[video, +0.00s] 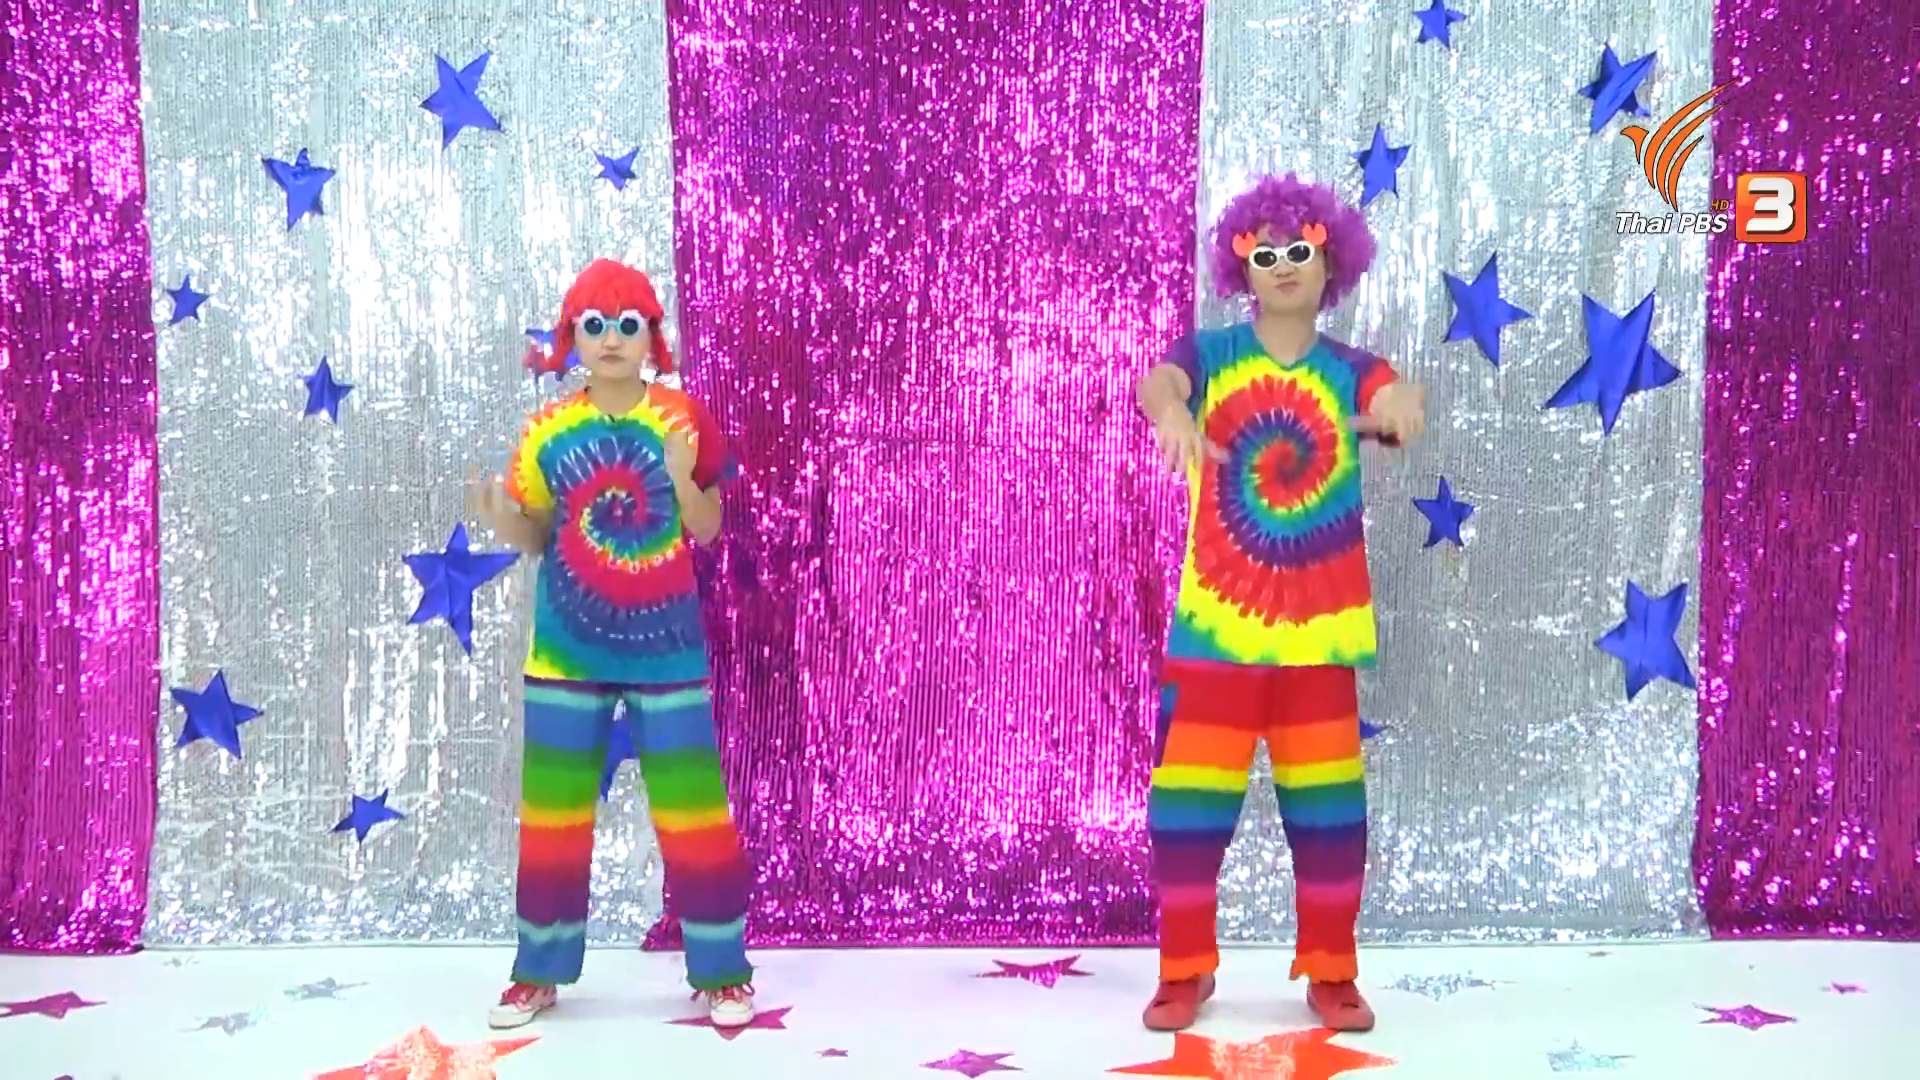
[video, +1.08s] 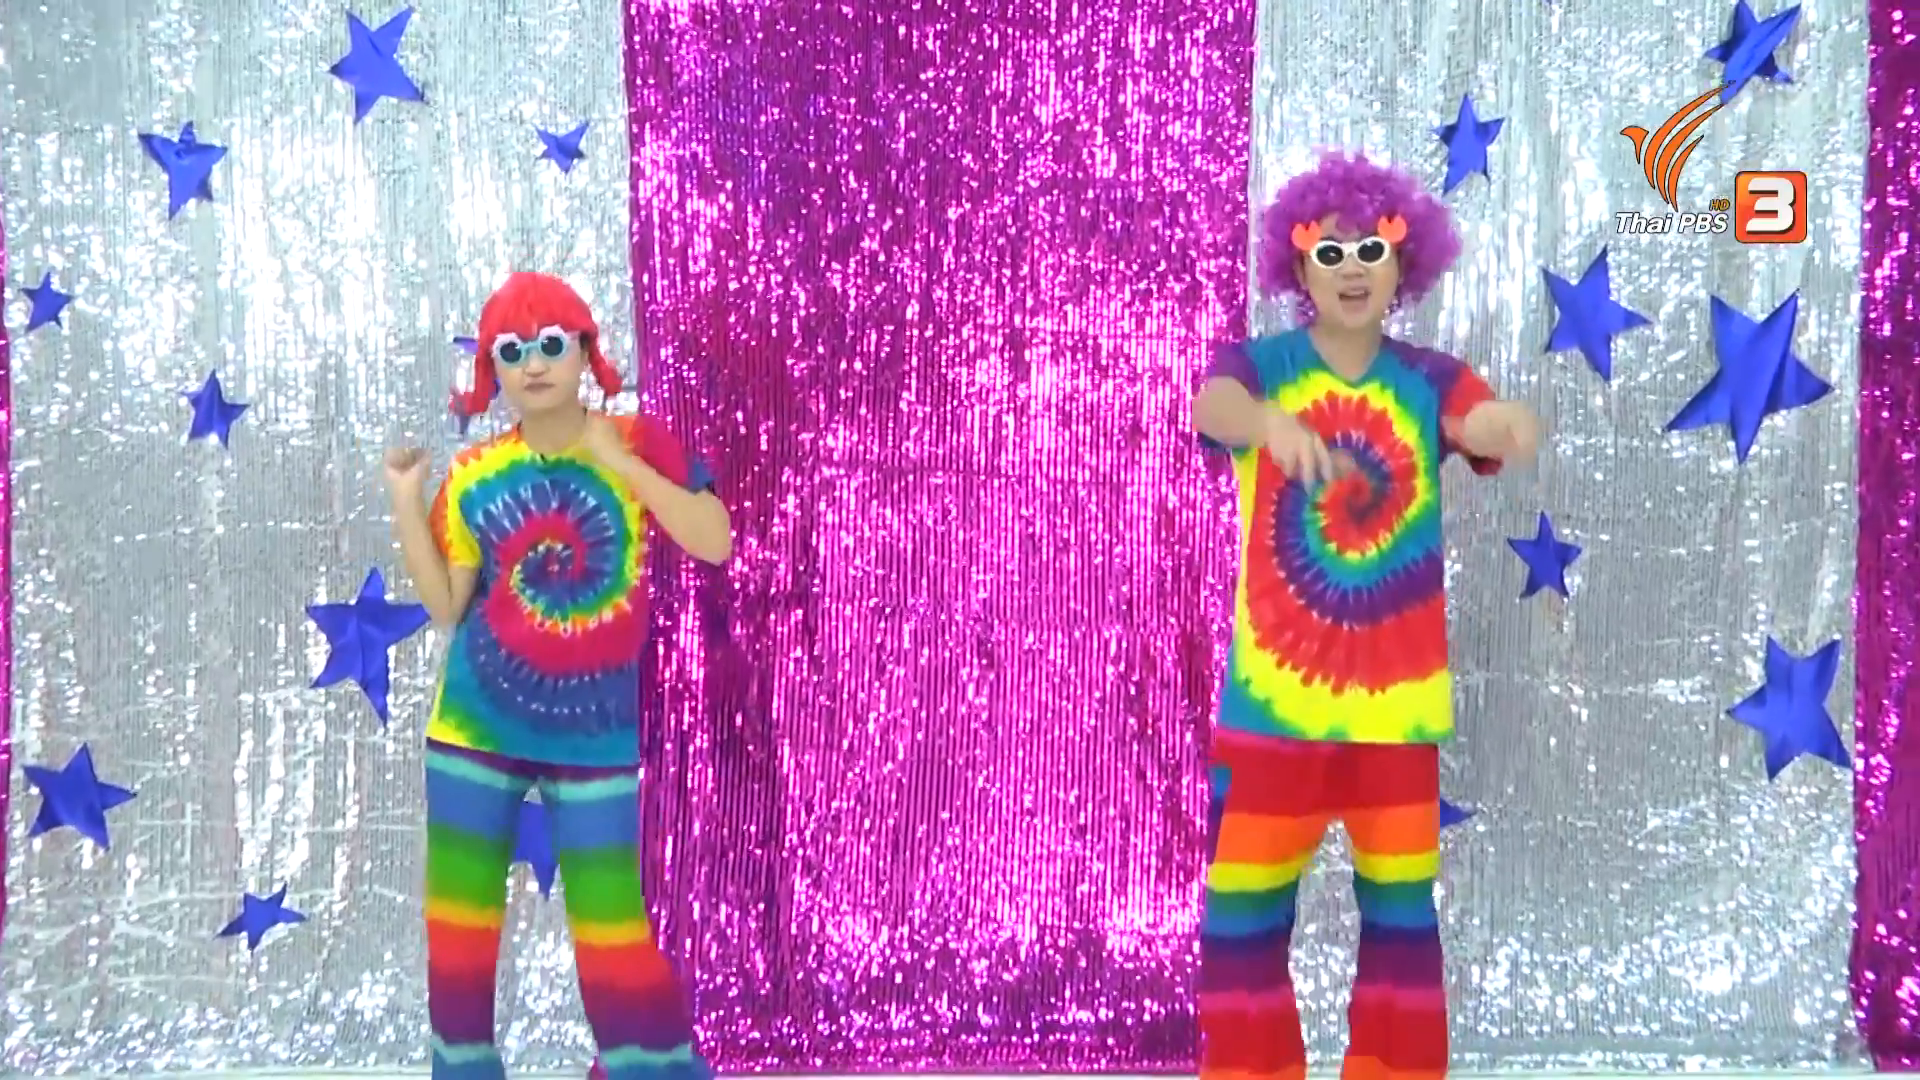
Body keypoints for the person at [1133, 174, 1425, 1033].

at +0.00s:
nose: (1284, 264)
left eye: (1301, 249)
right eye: (1266, 251)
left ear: (1329, 271)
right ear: (1243, 273)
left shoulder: (1352, 368)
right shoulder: (1210, 351)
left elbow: (1387, 404)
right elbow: (1160, 384)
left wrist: (1402, 400)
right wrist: (1171, 411)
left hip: (1320, 632)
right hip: (1215, 630)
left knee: (1329, 808)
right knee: (1189, 805)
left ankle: (1332, 974)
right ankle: (1184, 971)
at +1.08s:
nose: (1352, 269)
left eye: (1372, 250)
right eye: (1330, 252)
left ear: (1401, 268)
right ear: (1299, 271)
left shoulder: (1433, 377)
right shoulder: (1261, 367)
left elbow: (1510, 433)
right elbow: (1209, 408)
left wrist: (1510, 431)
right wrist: (1275, 424)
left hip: (1398, 697)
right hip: (1276, 694)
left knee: (1402, 903)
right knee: (1245, 903)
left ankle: (1397, 1068)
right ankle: (1246, 1069)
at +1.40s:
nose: (1362, 260)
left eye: (1384, 240)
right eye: (1341, 241)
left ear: (1417, 262)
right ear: (1310, 262)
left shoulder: (1446, 382)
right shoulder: (1267, 369)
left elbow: (1534, 436)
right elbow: (1179, 415)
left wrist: (1522, 374)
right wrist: (1214, 406)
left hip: (1416, 723)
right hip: (1289, 722)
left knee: (1428, 962)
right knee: (1267, 957)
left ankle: (1433, 1076)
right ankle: (1253, 1073)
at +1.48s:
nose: (1350, 265)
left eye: (1371, 245)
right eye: (1327, 247)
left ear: (1403, 267)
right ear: (1295, 270)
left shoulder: (1435, 387)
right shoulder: (1257, 377)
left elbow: (1526, 415)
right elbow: (1182, 409)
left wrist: (1498, 352)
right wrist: (1174, 396)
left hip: (1414, 727)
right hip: (1284, 729)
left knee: (1426, 964)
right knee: (1268, 968)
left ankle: (1432, 1079)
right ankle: (1259, 1078)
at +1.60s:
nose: (1326, 291)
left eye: (1348, 272)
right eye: (1304, 273)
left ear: (1381, 292)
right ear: (1273, 295)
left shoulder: (1429, 404)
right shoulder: (1236, 406)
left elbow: (1513, 457)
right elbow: (1161, 463)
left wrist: (1473, 407)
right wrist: (1162, 445)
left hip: (1406, 751)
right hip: (1271, 753)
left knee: (1424, 987)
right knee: (1268, 995)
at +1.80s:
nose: (1311, 334)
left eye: (1333, 314)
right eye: (1288, 315)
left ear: (1367, 334)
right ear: (1257, 336)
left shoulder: (1428, 449)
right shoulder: (1221, 465)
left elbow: (1505, 517)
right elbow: (1151, 543)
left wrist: (1464, 567)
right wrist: (1146, 591)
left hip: (1410, 824)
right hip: (1269, 828)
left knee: (1442, 1056)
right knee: (1265, 1058)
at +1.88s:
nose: (1328, 322)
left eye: (1350, 302)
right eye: (1304, 305)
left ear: (1384, 324)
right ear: (1271, 329)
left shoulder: (1439, 441)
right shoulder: (1233, 456)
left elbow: (1525, 497)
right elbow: (1156, 523)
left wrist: (1495, 519)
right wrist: (1149, 554)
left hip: (1419, 819)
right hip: (1280, 823)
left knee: (1455, 1053)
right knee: (1278, 1054)